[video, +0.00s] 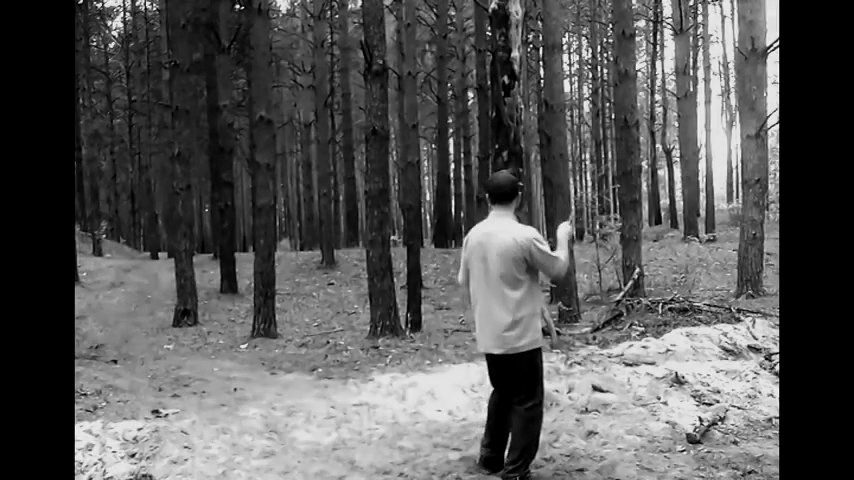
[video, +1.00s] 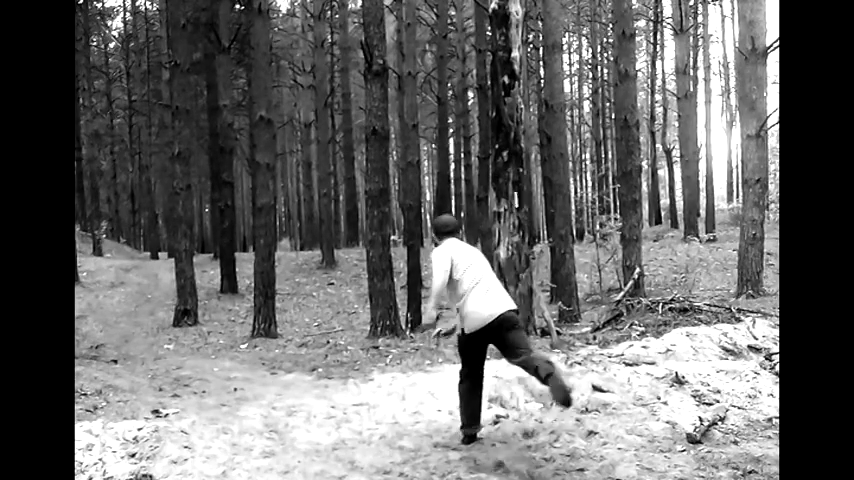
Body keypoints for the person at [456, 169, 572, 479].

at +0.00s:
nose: (523, 195)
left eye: (518, 191)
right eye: (522, 192)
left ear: (488, 198)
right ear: (518, 196)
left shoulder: (473, 236)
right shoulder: (524, 237)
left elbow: (464, 281)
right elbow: (559, 271)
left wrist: (482, 309)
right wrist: (563, 237)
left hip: (488, 334)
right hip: (520, 336)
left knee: (501, 394)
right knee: (529, 401)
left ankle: (489, 458)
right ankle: (517, 468)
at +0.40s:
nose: (520, 209)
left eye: (517, 205)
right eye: (519, 206)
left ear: (488, 212)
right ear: (516, 211)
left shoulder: (479, 244)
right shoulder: (510, 248)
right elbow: (556, 258)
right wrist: (555, 216)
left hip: (482, 339)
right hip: (509, 342)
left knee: (485, 381)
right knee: (531, 400)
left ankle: (467, 434)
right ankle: (515, 469)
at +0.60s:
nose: (507, 227)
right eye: (506, 223)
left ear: (475, 229)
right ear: (502, 227)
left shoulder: (465, 260)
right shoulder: (506, 262)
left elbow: (449, 300)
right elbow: (551, 274)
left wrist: (478, 302)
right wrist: (541, 240)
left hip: (470, 345)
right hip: (502, 347)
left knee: (478, 375)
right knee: (516, 402)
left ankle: (466, 432)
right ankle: (514, 459)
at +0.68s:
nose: (489, 232)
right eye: (488, 228)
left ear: (459, 235)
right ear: (485, 231)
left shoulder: (447, 269)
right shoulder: (501, 260)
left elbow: (429, 308)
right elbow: (536, 275)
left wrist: (453, 321)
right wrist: (535, 245)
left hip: (467, 345)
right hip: (500, 342)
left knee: (473, 378)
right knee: (511, 392)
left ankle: (469, 432)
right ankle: (516, 450)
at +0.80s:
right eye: (472, 235)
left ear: (449, 243)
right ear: (473, 238)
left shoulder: (449, 264)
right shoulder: (489, 261)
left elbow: (438, 296)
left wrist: (438, 325)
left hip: (470, 334)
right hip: (501, 328)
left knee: (466, 381)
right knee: (510, 385)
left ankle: (466, 432)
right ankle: (511, 444)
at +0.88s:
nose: (437, 247)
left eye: (437, 243)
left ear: (440, 242)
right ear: (463, 239)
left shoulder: (445, 257)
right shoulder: (475, 257)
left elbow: (442, 283)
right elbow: (468, 303)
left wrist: (433, 317)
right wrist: (441, 329)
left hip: (477, 322)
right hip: (504, 314)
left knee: (470, 376)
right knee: (515, 363)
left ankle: (467, 431)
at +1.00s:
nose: (434, 241)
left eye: (433, 237)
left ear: (436, 236)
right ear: (457, 231)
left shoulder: (440, 252)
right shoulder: (471, 250)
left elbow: (439, 284)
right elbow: (476, 293)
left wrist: (432, 311)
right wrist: (456, 323)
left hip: (475, 319)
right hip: (504, 310)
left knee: (470, 375)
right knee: (523, 354)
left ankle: (469, 431)